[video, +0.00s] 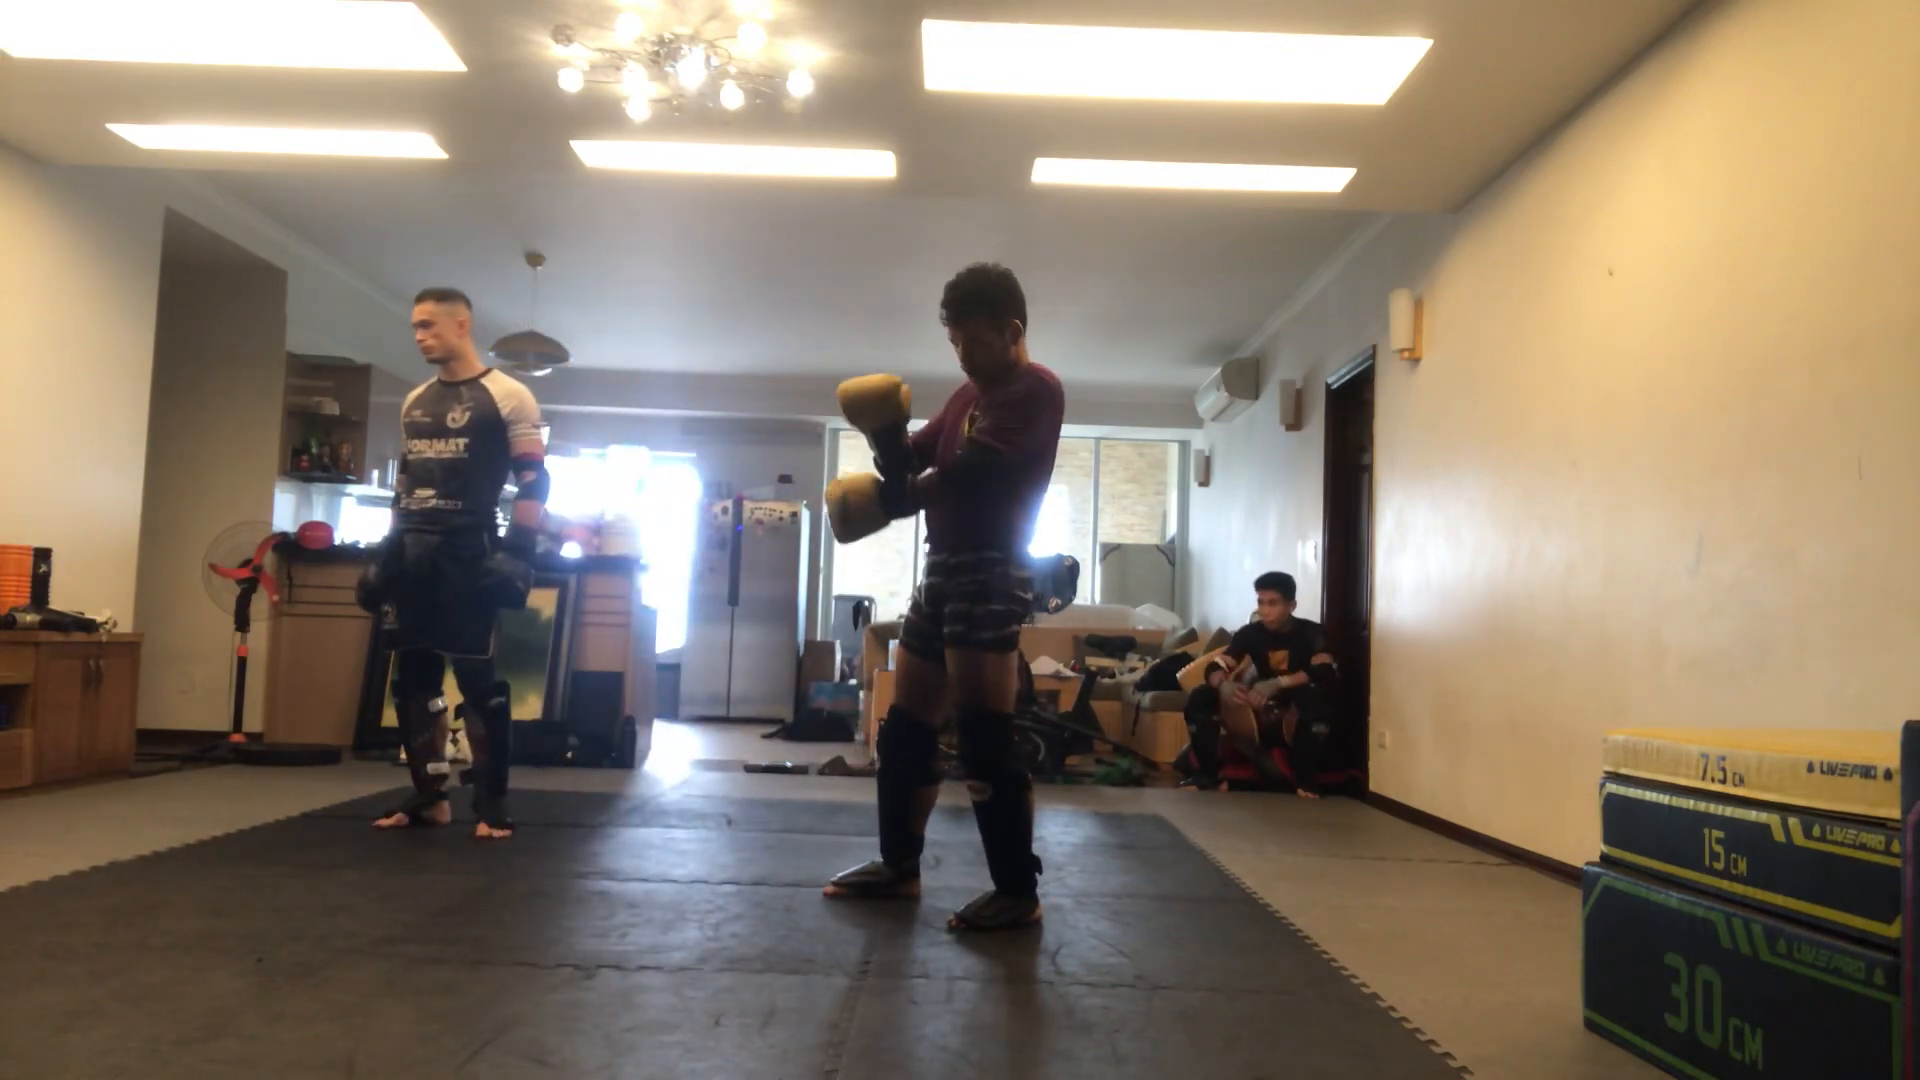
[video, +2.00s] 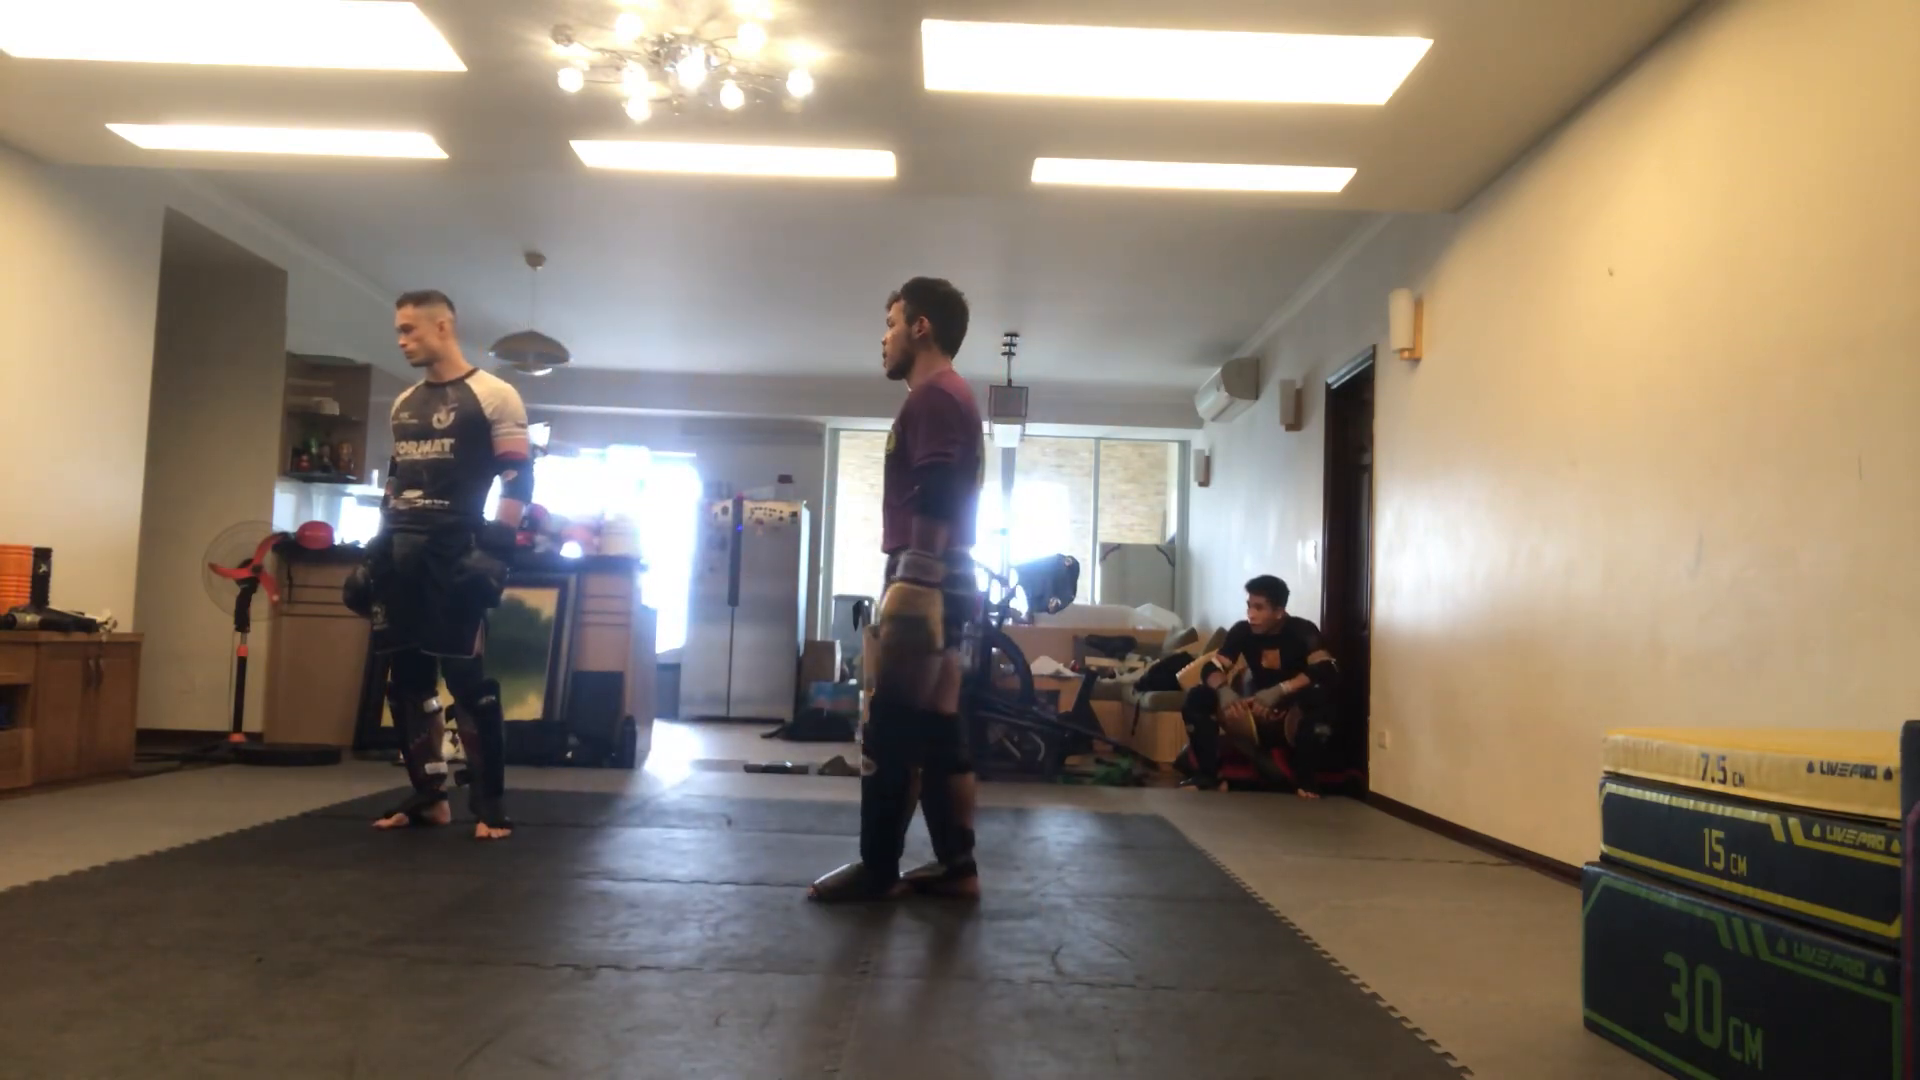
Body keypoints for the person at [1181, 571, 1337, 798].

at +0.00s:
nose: (1264, 610)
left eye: (1272, 604)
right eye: (1261, 603)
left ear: (1291, 605)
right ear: (1257, 603)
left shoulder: (1311, 632)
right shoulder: (1249, 634)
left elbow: (1324, 671)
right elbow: (1214, 669)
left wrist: (1276, 683)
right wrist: (1226, 687)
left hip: (1294, 713)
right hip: (1252, 712)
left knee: (1316, 700)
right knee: (1200, 698)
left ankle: (1305, 781)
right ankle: (1209, 775)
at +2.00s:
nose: (1250, 614)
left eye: (1258, 608)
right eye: (1249, 606)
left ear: (1279, 611)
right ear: (1246, 604)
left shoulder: (1303, 631)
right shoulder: (1242, 631)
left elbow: (1325, 668)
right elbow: (1212, 669)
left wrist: (1278, 691)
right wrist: (1224, 691)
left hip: (1294, 711)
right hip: (1253, 711)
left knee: (1318, 702)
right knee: (1198, 698)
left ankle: (1306, 782)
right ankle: (1208, 776)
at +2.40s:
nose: (1249, 614)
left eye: (1257, 608)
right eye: (1248, 606)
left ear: (1278, 610)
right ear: (1245, 604)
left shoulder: (1302, 630)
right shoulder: (1242, 632)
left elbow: (1327, 667)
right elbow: (1212, 668)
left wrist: (1281, 691)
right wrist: (1223, 690)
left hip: (1294, 717)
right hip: (1254, 717)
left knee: (1319, 701)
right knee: (1198, 698)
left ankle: (1306, 782)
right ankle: (1208, 776)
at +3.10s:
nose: (1246, 620)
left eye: (1251, 614)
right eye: (1243, 613)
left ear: (1273, 609)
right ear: (1241, 610)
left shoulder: (1305, 633)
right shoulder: (1242, 632)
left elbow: (1313, 677)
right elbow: (1210, 669)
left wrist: (1277, 638)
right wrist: (1223, 690)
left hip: (1292, 720)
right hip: (1251, 720)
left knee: (1319, 702)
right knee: (1197, 697)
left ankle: (1306, 781)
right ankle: (1207, 776)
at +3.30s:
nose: (1246, 621)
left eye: (1251, 614)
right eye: (1242, 614)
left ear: (1273, 610)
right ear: (1240, 611)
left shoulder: (1304, 632)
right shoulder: (1241, 632)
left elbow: (1314, 675)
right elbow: (1211, 669)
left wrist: (1275, 637)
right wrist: (1221, 689)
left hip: (1291, 721)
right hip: (1251, 720)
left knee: (1316, 696)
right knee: (1197, 698)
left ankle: (1305, 780)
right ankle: (1207, 776)